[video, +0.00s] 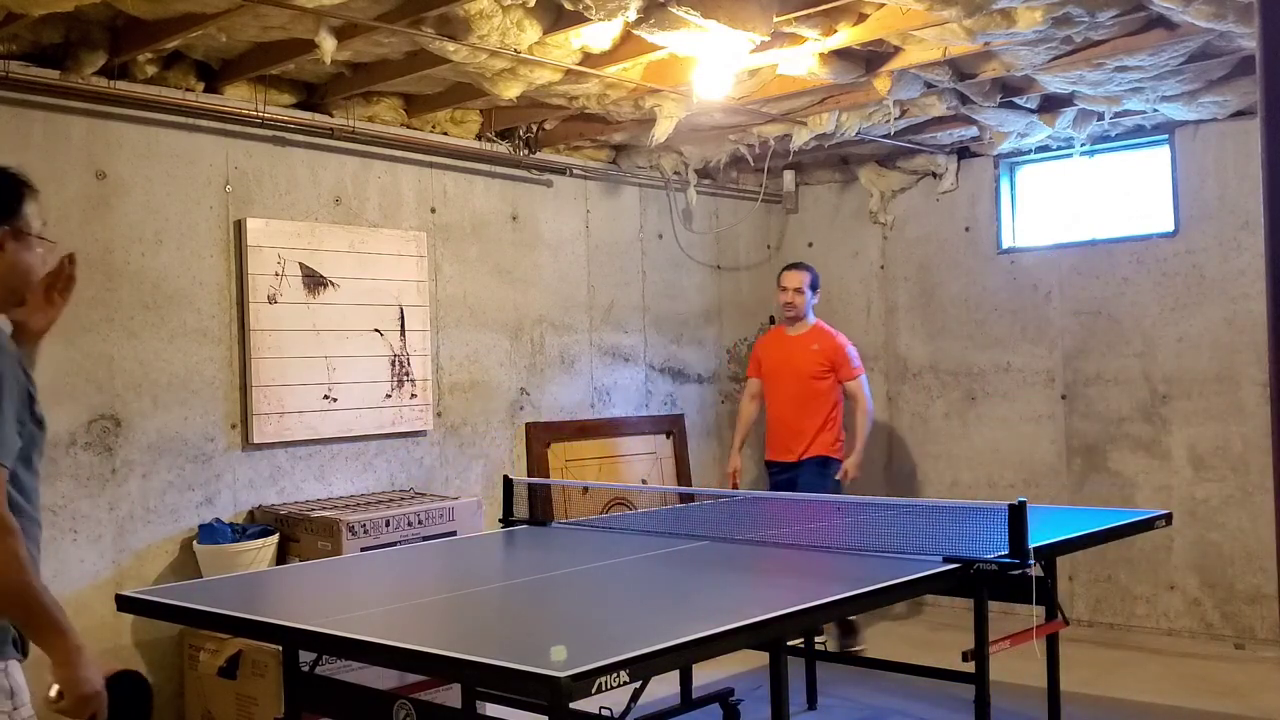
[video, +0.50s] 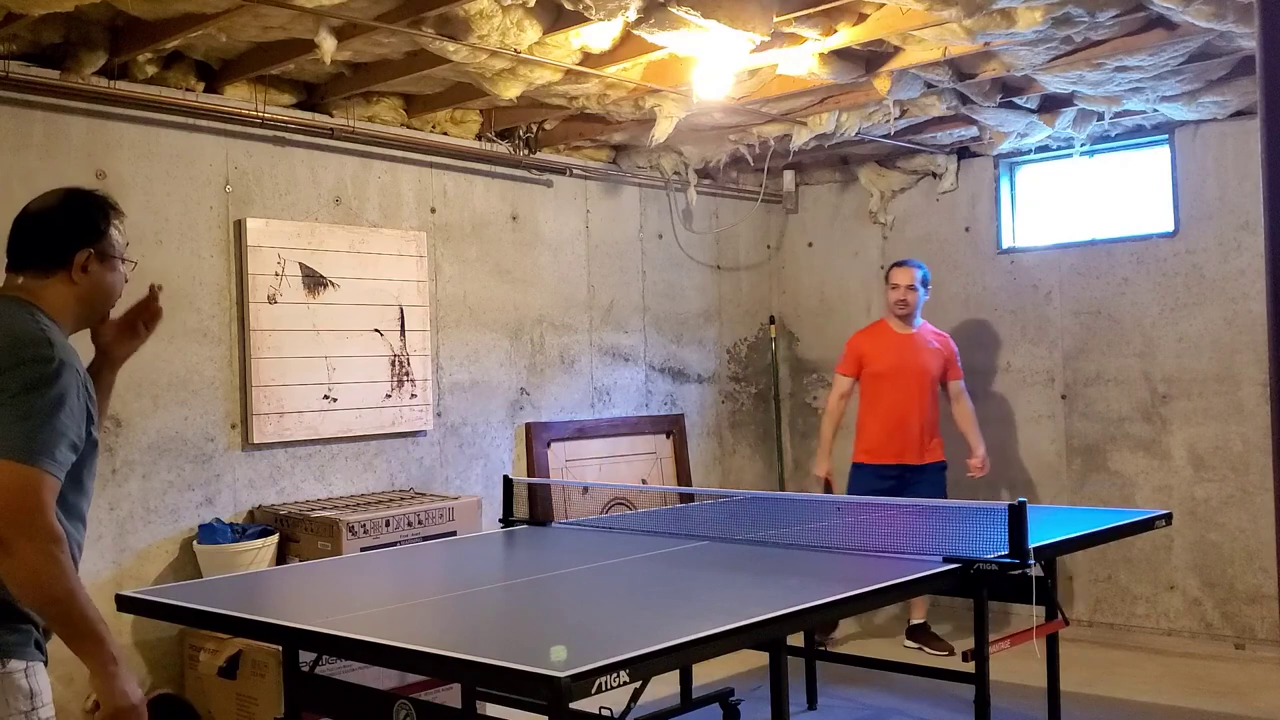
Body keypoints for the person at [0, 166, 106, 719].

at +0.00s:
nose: (45, 256)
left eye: (40, 239)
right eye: (34, 237)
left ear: (6, 241)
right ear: (4, 241)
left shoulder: (10, 347)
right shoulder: (5, 350)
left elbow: (9, 440)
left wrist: (27, 338)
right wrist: (67, 651)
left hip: (9, 651)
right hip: (2, 657)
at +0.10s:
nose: (78, 262)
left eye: (76, 247)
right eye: (71, 245)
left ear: (31, 246)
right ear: (35, 248)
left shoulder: (16, 344)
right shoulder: (17, 353)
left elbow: (36, 445)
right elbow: (9, 534)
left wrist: (57, 337)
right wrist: (82, 663)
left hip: (8, 646)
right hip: (4, 653)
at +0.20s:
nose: (102, 270)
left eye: (102, 255)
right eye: (97, 254)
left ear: (51, 254)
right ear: (58, 255)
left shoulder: (18, 339)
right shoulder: (26, 354)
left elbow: (56, 439)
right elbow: (17, 536)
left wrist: (77, 337)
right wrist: (93, 668)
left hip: (9, 648)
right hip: (6, 656)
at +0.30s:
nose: (114, 277)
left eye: (116, 260)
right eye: (111, 259)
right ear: (74, 258)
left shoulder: (15, 334)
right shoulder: (34, 354)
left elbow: (70, 436)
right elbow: (22, 538)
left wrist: (92, 336)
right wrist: (98, 672)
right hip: (8, 656)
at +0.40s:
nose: (123, 275)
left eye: (124, 260)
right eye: (119, 259)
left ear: (20, 252)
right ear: (81, 260)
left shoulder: (13, 329)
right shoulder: (40, 355)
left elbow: (73, 438)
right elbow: (22, 535)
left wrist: (102, 342)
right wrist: (103, 673)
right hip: (9, 658)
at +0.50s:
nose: (125, 277)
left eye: (126, 263)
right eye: (121, 261)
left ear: (24, 257)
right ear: (82, 265)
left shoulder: (16, 330)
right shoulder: (45, 357)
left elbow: (66, 447)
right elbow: (24, 539)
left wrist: (107, 361)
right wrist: (108, 665)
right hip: (10, 652)